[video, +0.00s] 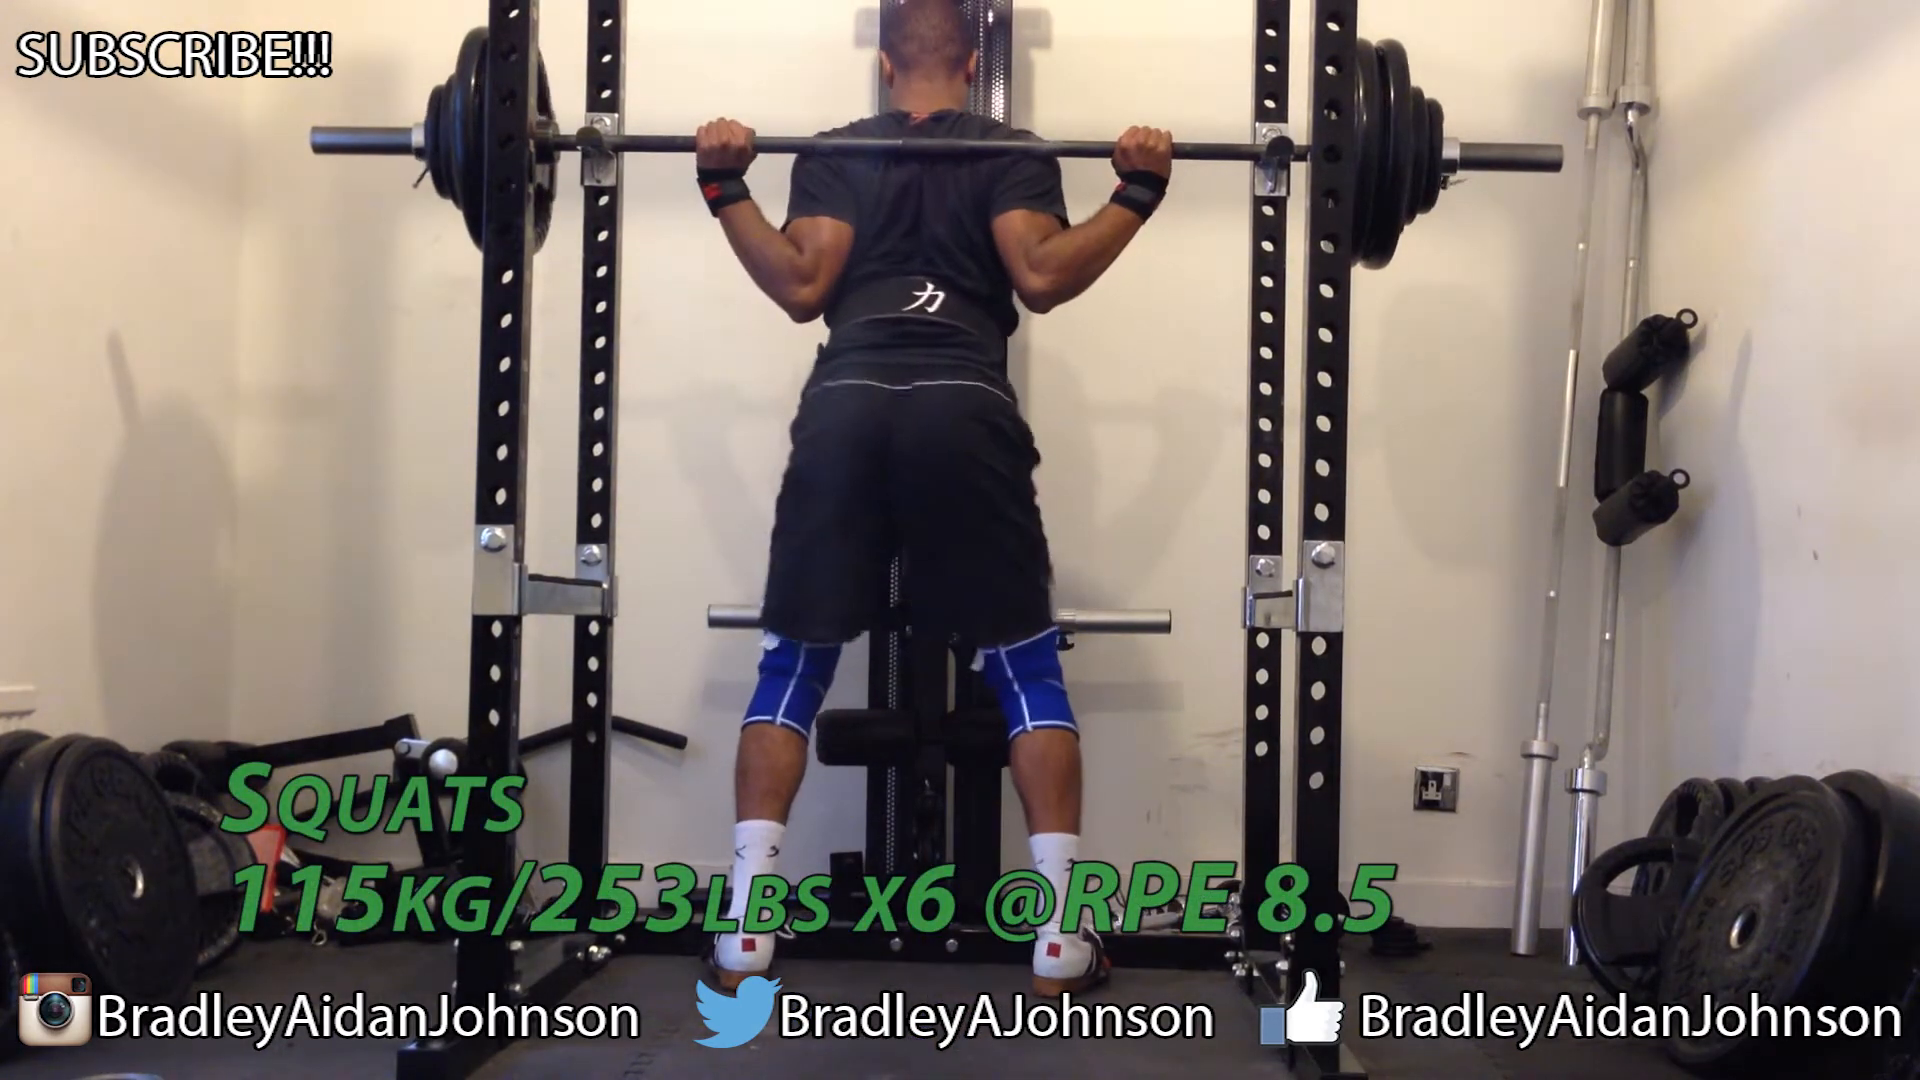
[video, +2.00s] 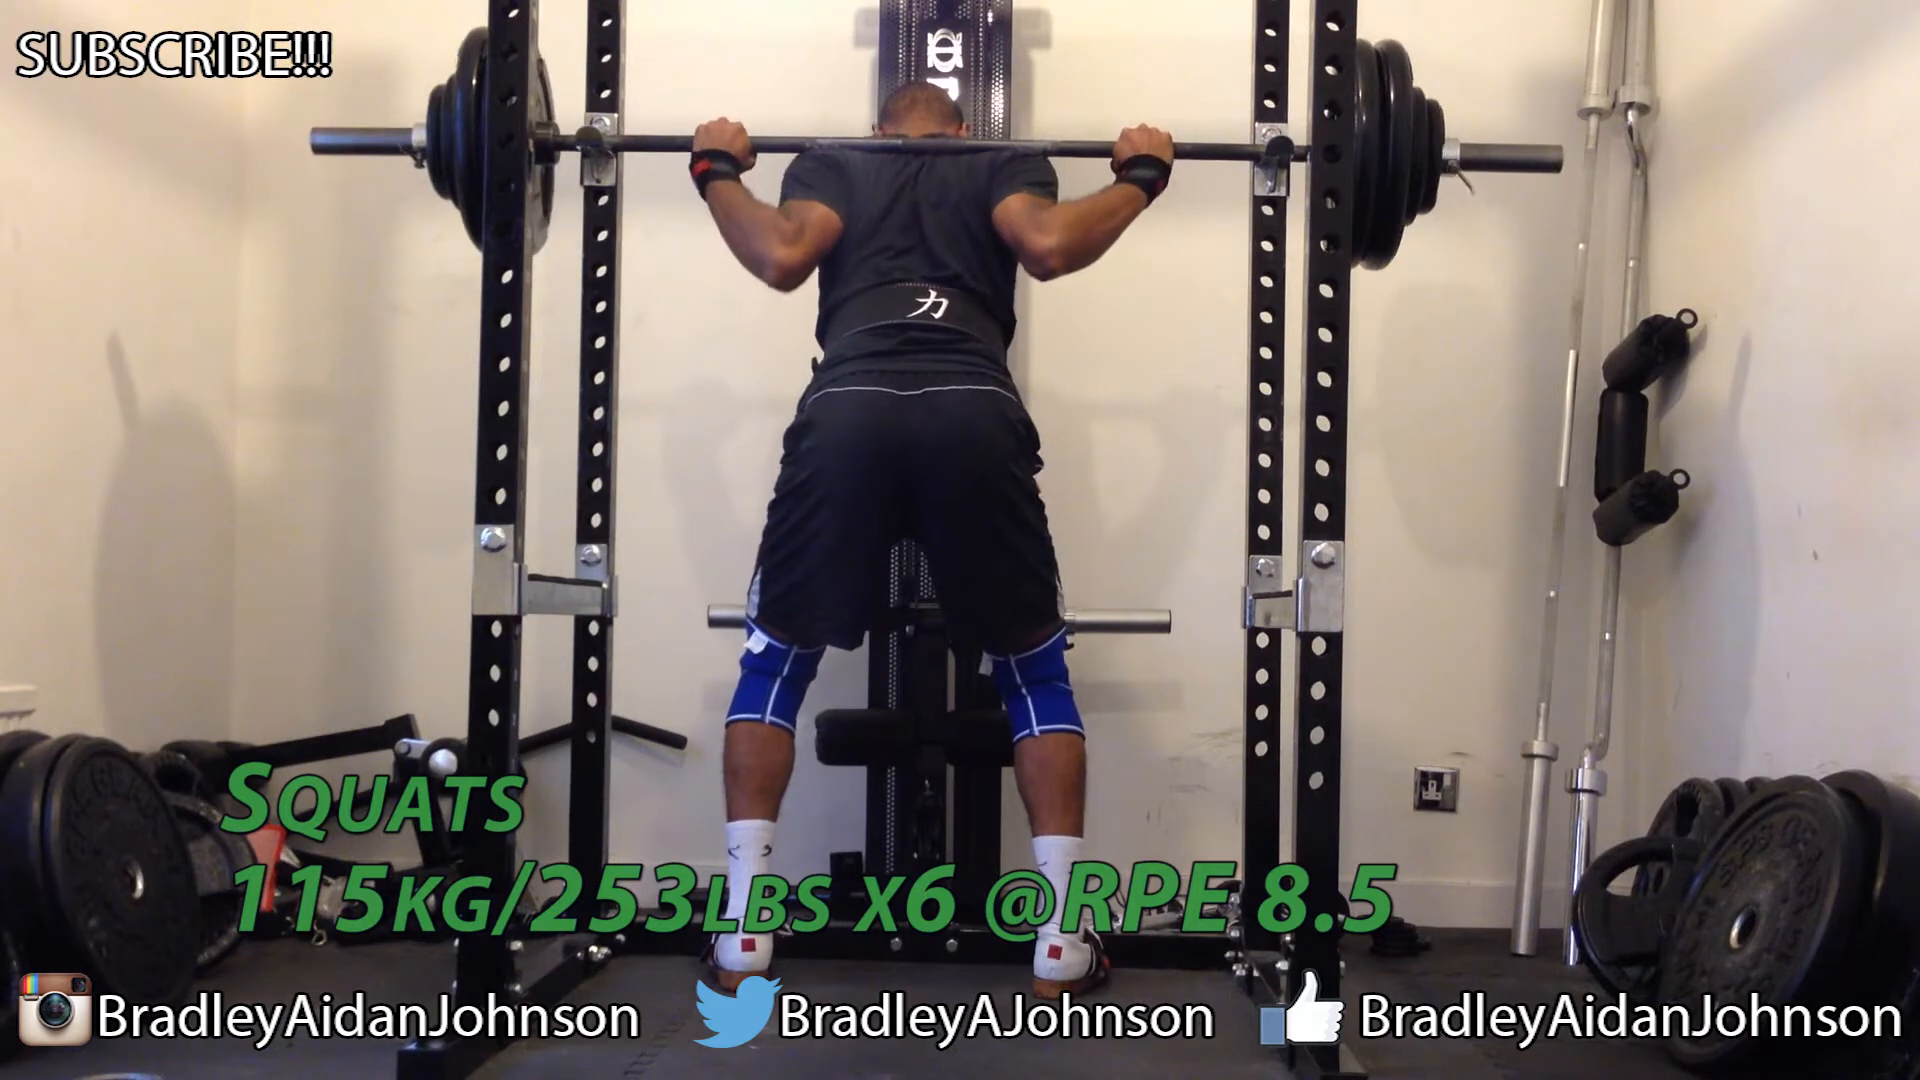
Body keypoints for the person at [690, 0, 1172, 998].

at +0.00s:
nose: (907, 39)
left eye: (894, 30)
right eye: (959, 33)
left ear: (881, 56)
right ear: (973, 52)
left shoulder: (833, 151)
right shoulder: (1009, 151)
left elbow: (801, 286)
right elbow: (1041, 278)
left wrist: (726, 188)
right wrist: (1136, 192)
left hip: (840, 408)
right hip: (962, 408)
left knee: (791, 667)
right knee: (1029, 672)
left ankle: (749, 914)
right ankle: (1058, 922)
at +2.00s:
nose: (939, 127)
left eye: (917, 119)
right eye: (951, 118)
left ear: (878, 126)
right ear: (965, 126)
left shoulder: (835, 161)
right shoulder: (999, 162)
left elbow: (781, 259)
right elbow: (1048, 248)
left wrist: (720, 174)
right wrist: (1137, 183)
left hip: (847, 412)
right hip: (973, 409)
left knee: (776, 658)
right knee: (1032, 668)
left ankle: (744, 916)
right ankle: (1062, 926)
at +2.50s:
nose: (914, 117)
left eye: (894, 105)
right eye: (953, 104)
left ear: (879, 114)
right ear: (967, 114)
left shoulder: (836, 164)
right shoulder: (1001, 165)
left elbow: (783, 239)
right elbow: (1050, 232)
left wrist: (720, 169)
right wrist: (1136, 172)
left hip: (842, 421)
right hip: (973, 423)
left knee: (774, 664)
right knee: (1036, 677)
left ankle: (745, 918)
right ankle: (1061, 930)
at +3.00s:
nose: (882, 102)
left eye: (885, 90)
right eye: (892, 90)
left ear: (891, 100)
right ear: (972, 110)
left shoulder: (838, 162)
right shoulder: (1006, 162)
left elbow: (779, 224)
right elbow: (1050, 216)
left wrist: (723, 160)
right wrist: (1133, 162)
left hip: (849, 426)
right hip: (978, 428)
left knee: (773, 672)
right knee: (1039, 682)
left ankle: (745, 918)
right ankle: (1061, 929)